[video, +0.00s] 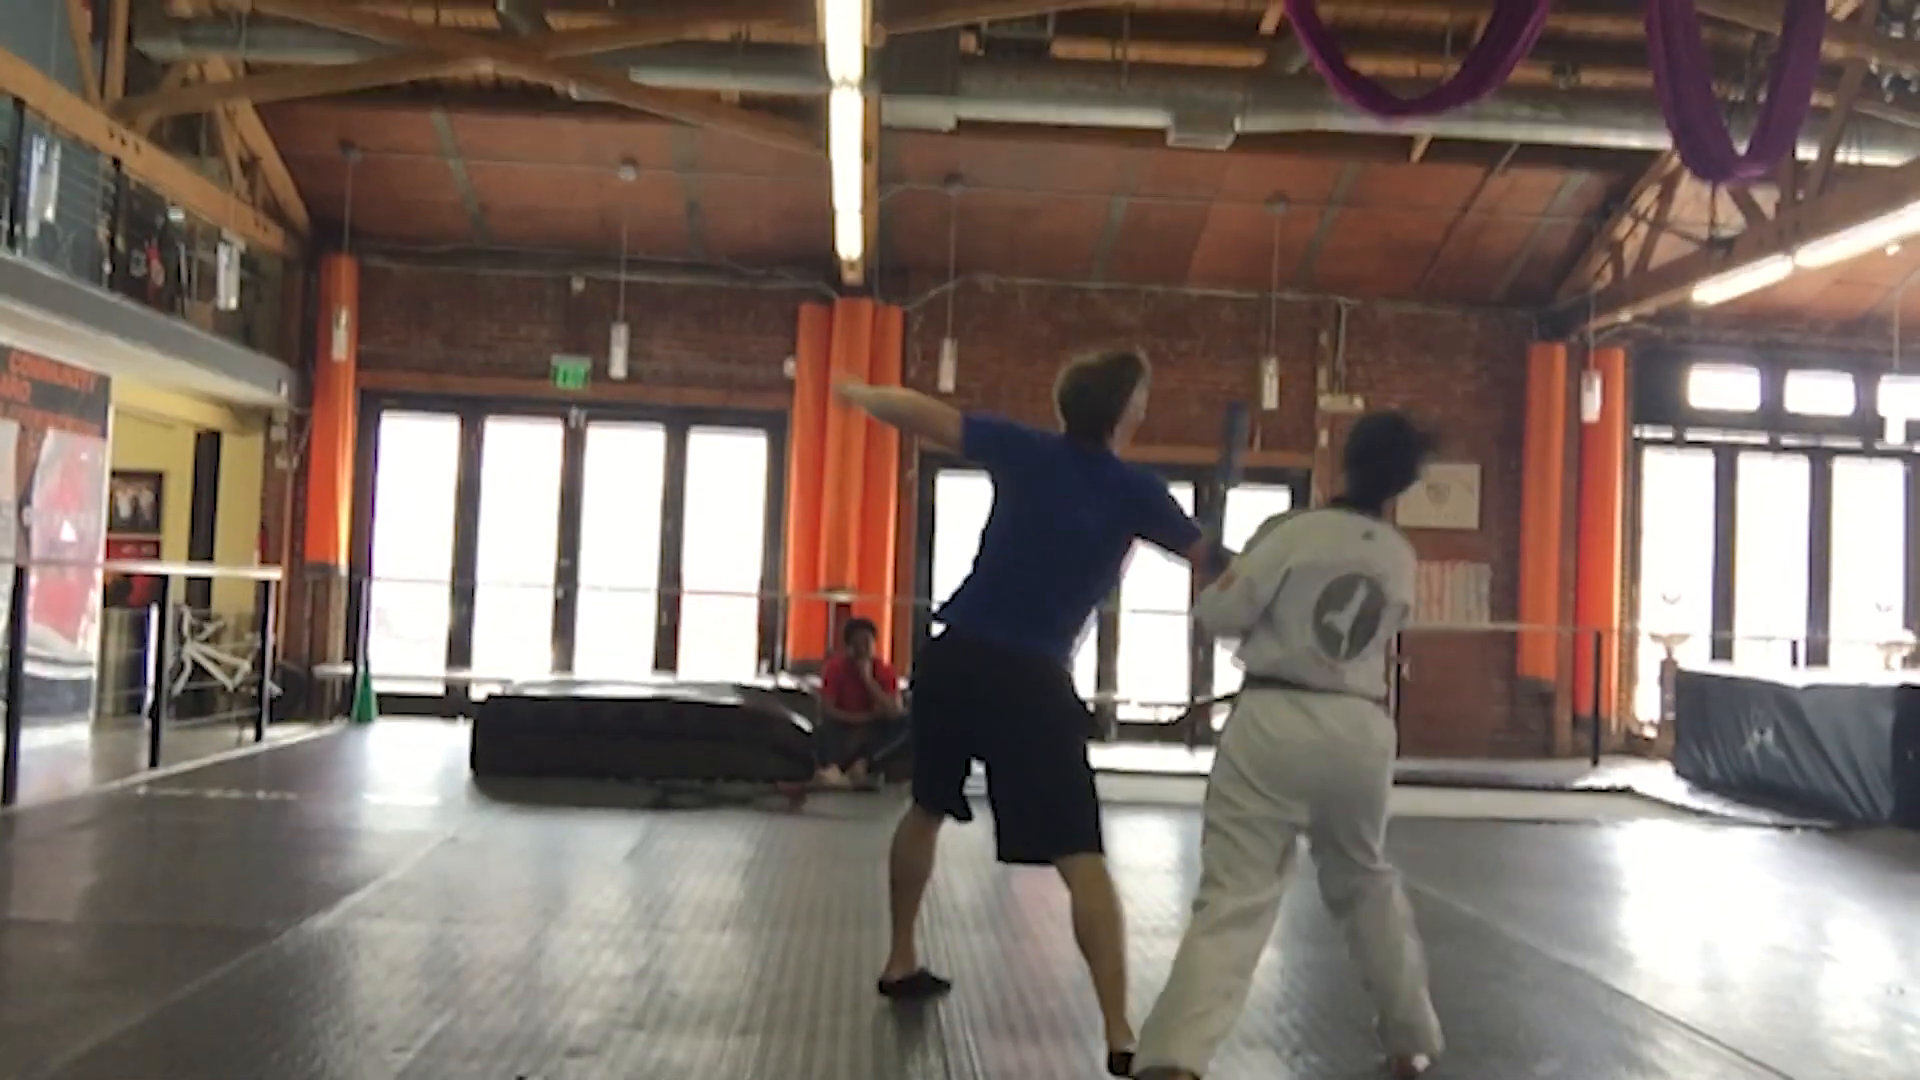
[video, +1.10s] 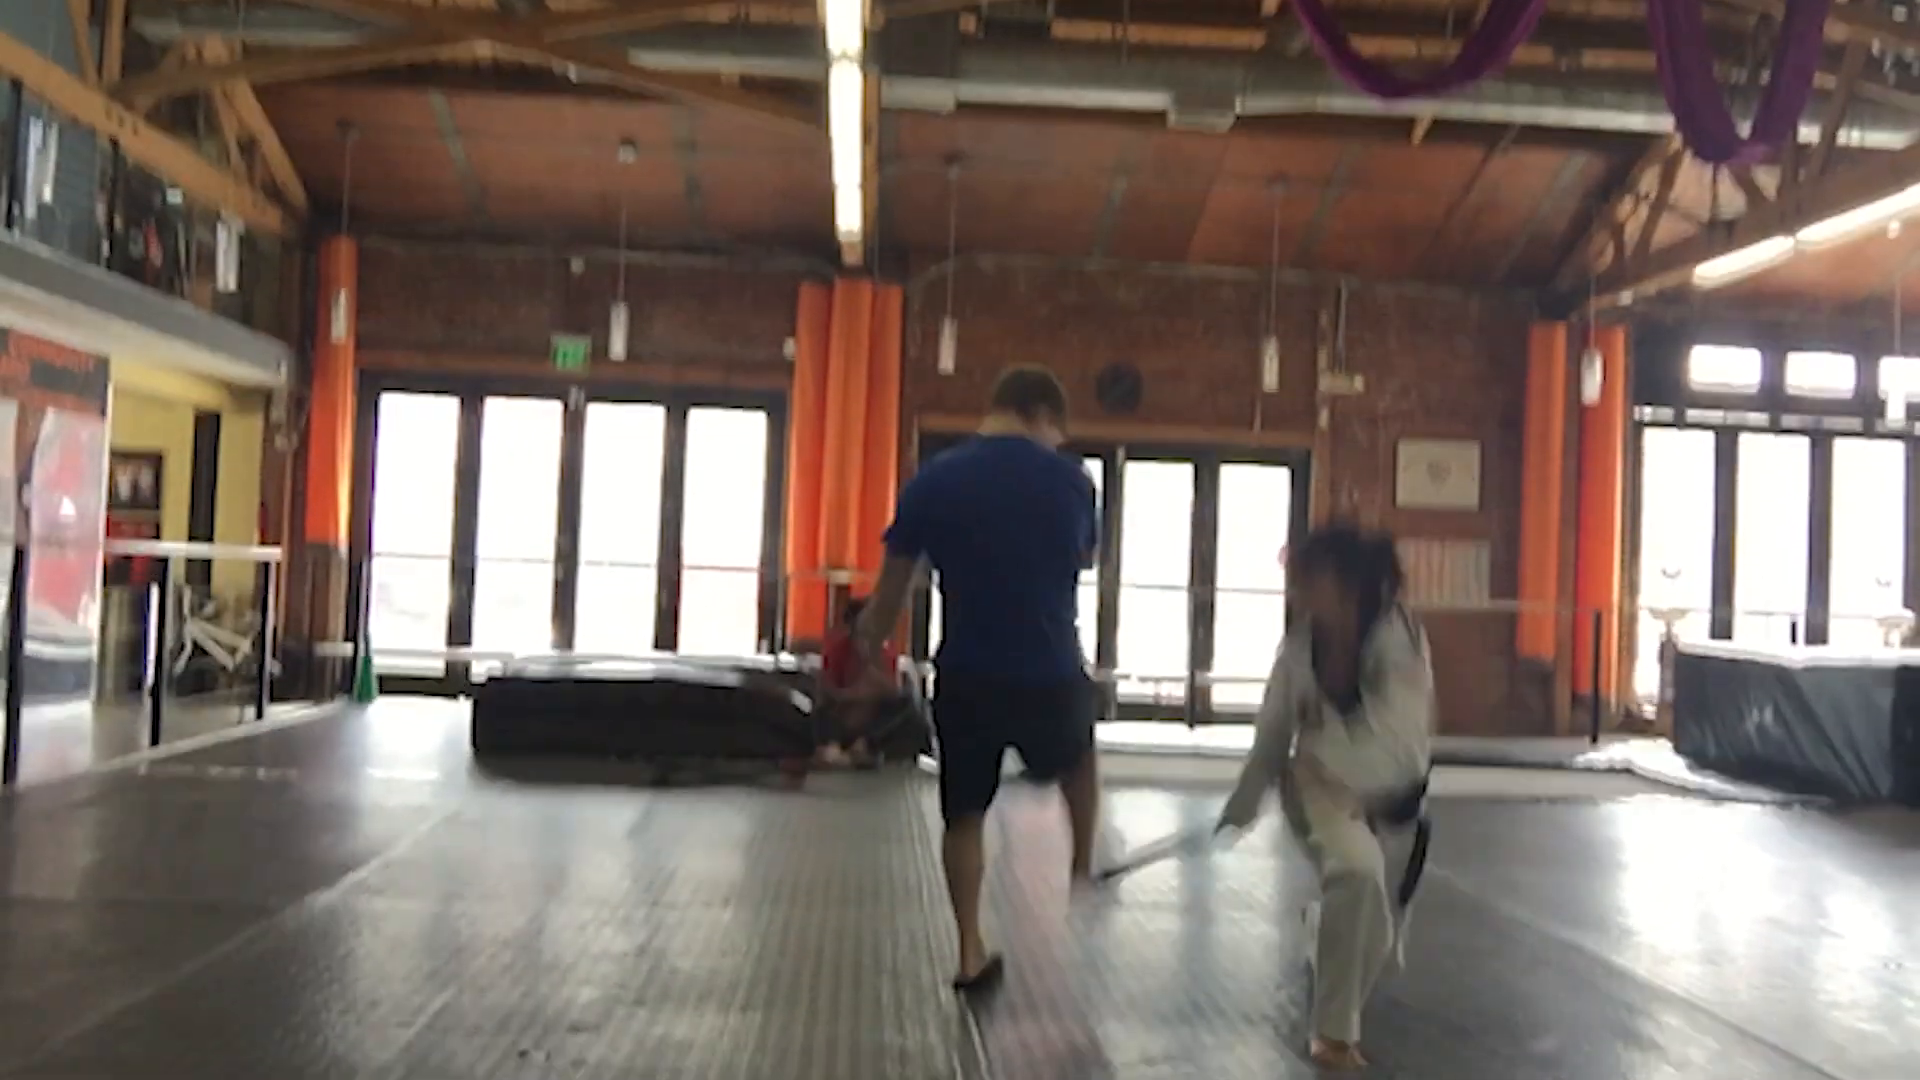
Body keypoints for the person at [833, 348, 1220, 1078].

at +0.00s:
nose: (1141, 413)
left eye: (1139, 403)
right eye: (1138, 405)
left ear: (1064, 406)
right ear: (1125, 415)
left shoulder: (1020, 449)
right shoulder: (1135, 492)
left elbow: (929, 416)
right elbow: (1215, 562)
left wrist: (857, 392)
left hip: (951, 662)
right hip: (1035, 681)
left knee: (925, 807)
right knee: (1082, 864)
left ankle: (900, 962)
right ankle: (1119, 1037)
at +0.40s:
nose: (1153, 476)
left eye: (1159, 465)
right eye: (1154, 462)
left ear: (1099, 433)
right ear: (1125, 440)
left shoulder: (1017, 455)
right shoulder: (1124, 510)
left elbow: (918, 451)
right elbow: (1201, 596)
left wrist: (887, 468)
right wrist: (1266, 641)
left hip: (968, 690)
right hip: (1054, 706)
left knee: (944, 817)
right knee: (1108, 875)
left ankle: (901, 969)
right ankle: (1107, 1058)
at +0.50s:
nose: (1146, 481)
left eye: (1153, 470)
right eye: (1150, 466)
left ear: (1094, 430)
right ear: (1126, 440)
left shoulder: (1014, 457)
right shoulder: (1122, 506)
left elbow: (908, 500)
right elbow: (1204, 614)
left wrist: (903, 568)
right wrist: (1202, 660)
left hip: (971, 688)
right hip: (1056, 702)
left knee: (952, 818)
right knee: (1111, 872)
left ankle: (906, 969)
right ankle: (1113, 1060)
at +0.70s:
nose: (1134, 446)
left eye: (1137, 435)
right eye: (1136, 434)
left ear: (1066, 415)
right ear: (1118, 428)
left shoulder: (1007, 455)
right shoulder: (1128, 501)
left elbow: (903, 488)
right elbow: (1203, 547)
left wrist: (803, 523)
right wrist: (1194, 571)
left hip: (986, 686)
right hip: (1074, 698)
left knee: (977, 804)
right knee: (1108, 879)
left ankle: (951, 951)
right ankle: (1123, 1062)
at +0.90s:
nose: (1101, 459)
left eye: (1103, 450)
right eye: (1103, 449)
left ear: (1037, 421)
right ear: (1088, 446)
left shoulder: (993, 468)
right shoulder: (1085, 517)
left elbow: (946, 497)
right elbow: (1139, 572)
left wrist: (875, 531)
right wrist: (1124, 554)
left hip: (970, 697)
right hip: (1052, 706)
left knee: (965, 827)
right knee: (1106, 875)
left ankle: (972, 977)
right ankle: (1124, 1003)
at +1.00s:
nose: (1076, 443)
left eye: (1078, 434)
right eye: (1079, 433)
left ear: (1009, 412)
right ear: (1067, 427)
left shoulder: (950, 471)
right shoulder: (1084, 503)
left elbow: (896, 560)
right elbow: (1101, 600)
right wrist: (1044, 573)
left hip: (962, 693)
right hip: (1048, 699)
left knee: (965, 826)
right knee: (1082, 836)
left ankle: (970, 970)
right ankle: (1098, 963)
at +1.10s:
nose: (1058, 442)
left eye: (1058, 432)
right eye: (1057, 430)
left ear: (994, 412)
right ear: (1038, 418)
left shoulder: (937, 477)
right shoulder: (1066, 478)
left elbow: (895, 582)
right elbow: (1081, 560)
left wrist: (870, 639)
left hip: (965, 677)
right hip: (1049, 676)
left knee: (962, 815)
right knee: (1078, 762)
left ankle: (970, 956)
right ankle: (1083, 869)